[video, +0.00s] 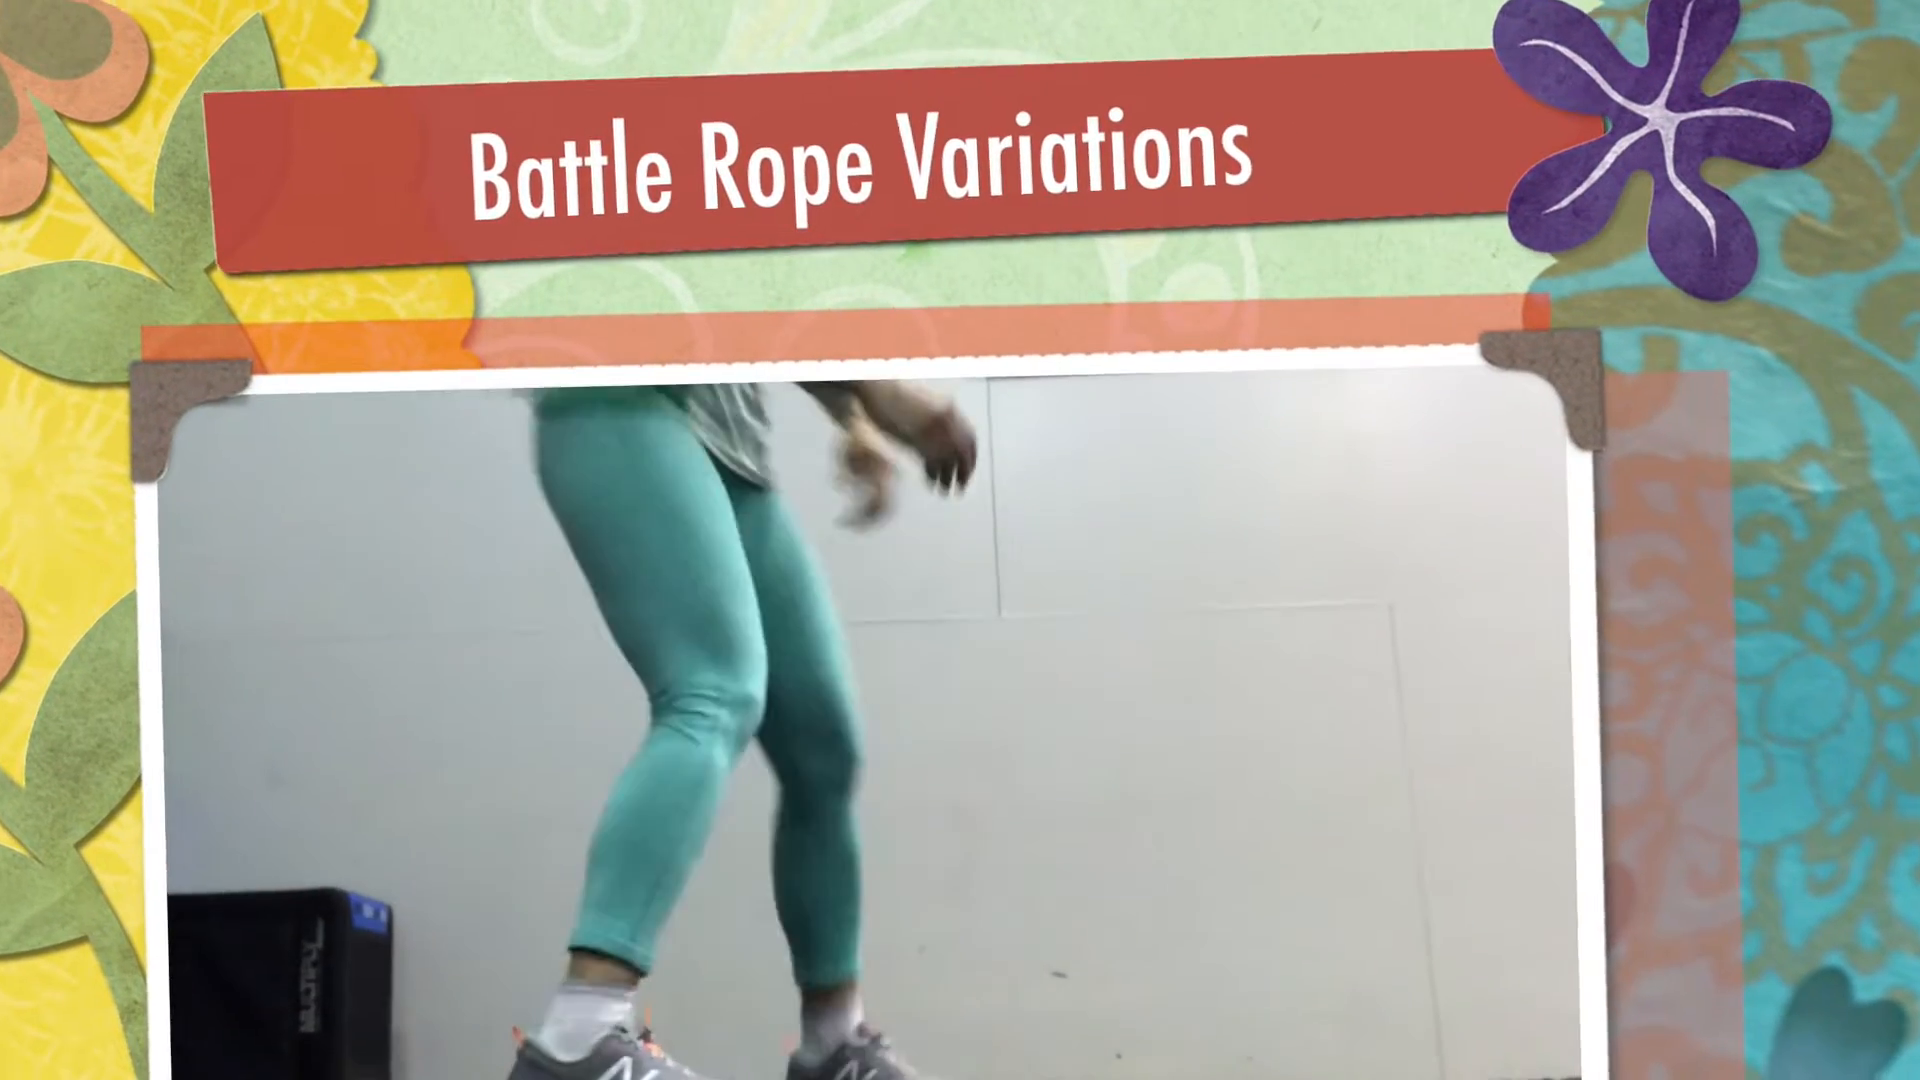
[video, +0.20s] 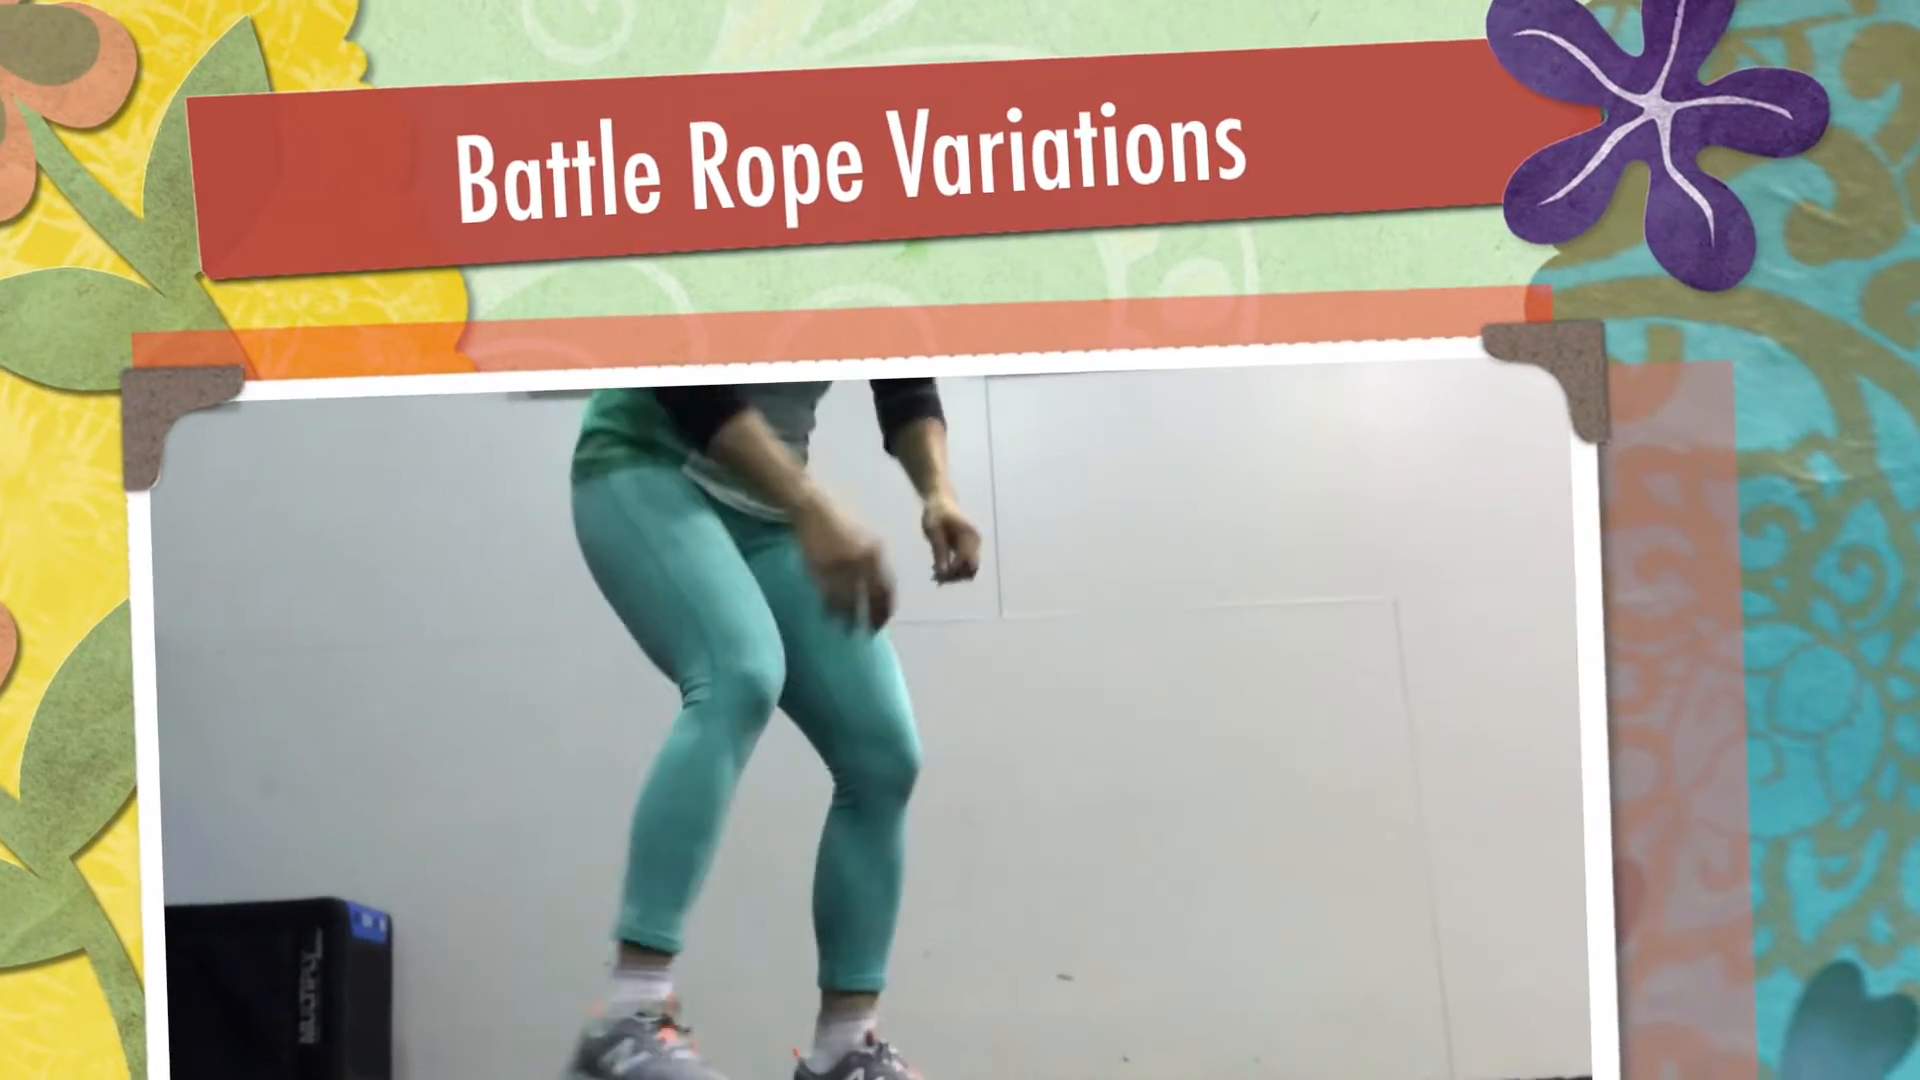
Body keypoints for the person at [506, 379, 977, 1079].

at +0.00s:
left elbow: (784, 304)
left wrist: (853, 418)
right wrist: (909, 402)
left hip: (730, 441)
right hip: (623, 408)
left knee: (823, 748)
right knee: (712, 694)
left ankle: (834, 1040)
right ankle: (583, 1027)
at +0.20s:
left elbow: (902, 370)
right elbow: (684, 380)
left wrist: (937, 490)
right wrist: (812, 509)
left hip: (775, 496)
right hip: (651, 461)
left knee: (884, 757)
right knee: (741, 675)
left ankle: (845, 1042)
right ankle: (633, 1010)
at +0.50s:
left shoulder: (893, 344)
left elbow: (860, 453)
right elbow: (666, 496)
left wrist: (855, 562)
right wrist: (783, 628)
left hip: (738, 539)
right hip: (609, 525)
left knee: (884, 747)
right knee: (694, 754)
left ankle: (851, 1025)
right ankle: (685, 1048)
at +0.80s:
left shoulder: (906, 381)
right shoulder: (708, 373)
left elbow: (897, 551)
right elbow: (679, 560)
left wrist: (843, 646)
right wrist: (852, 643)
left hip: (741, 618)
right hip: (618, 586)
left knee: (860, 833)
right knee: (695, 768)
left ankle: (790, 1063)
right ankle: (688, 1059)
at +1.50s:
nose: (889, 383)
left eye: (915, 364)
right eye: (862, 365)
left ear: (948, 393)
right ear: (822, 392)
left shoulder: (976, 570)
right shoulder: (756, 499)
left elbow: (1014, 767)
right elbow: (722, 661)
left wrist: (889, 810)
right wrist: (913, 700)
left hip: (810, 854)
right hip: (655, 833)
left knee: (1031, 865)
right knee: (747, 736)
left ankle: (838, 1025)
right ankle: (717, 1046)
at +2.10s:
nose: (938, 145)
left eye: (970, 122)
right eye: (907, 120)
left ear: (1013, 164)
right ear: (862, 155)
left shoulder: (1038, 370)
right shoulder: (779, 275)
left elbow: (1080, 604)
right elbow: (707, 439)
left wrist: (927, 669)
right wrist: (938, 502)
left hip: (813, 716)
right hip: (645, 681)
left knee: (1097, 722)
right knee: (735, 523)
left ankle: (843, 888)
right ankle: (691, 914)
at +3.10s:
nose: (941, 165)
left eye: (973, 143)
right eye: (910, 140)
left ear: (1014, 184)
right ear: (863, 174)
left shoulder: (1037, 380)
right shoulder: (783, 287)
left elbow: (1086, 610)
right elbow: (716, 438)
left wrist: (943, 689)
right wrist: (954, 502)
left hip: (814, 726)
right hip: (644, 695)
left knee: (1103, 728)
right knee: (751, 524)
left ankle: (840, 889)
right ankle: (691, 912)